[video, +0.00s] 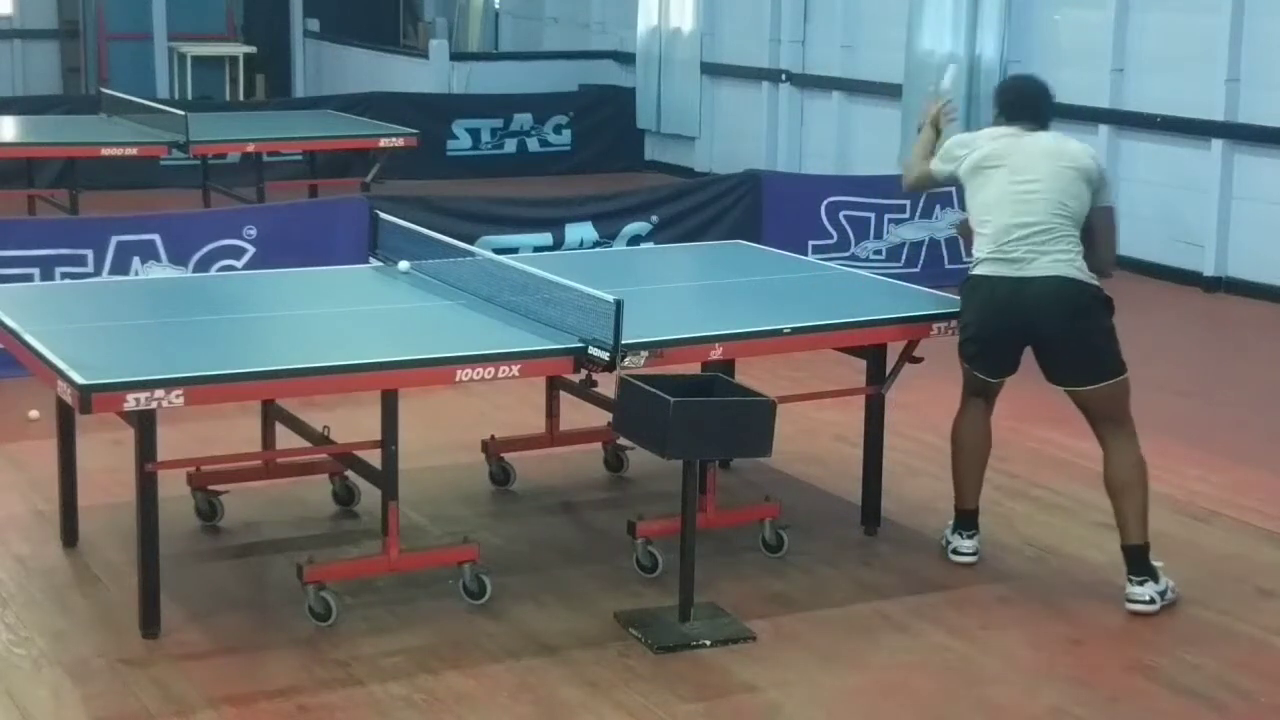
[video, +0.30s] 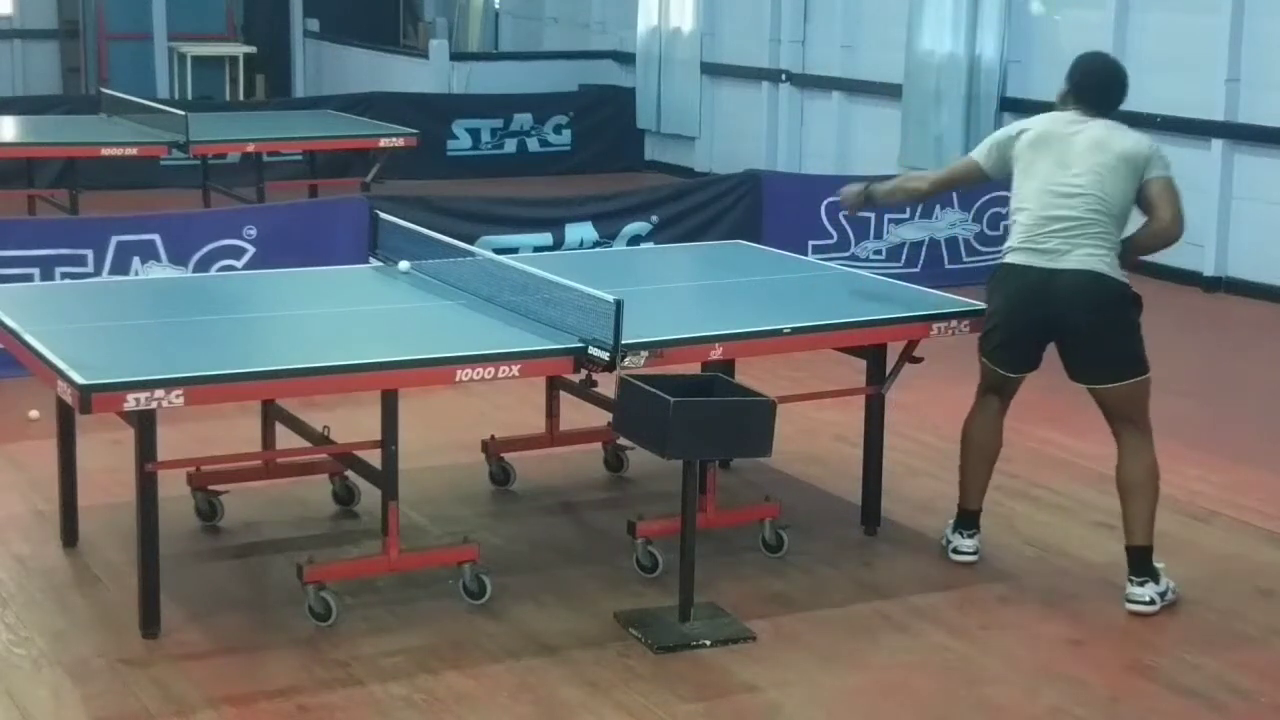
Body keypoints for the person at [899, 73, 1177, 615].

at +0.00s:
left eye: (1001, 108)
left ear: (999, 114)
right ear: (1050, 116)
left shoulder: (972, 147)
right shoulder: (1083, 157)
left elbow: (913, 179)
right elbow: (1103, 262)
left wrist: (929, 131)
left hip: (991, 296)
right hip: (1068, 300)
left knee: (976, 401)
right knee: (1116, 431)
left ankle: (964, 531)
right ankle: (1141, 577)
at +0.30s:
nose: (1059, 95)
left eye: (1062, 87)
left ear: (1065, 94)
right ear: (1119, 103)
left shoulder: (1025, 132)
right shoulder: (1139, 145)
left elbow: (931, 184)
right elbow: (1168, 224)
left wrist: (868, 192)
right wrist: (1127, 250)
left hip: (1019, 286)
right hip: (1095, 296)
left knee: (991, 396)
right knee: (1132, 428)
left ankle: (965, 529)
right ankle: (1142, 577)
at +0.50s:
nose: (1062, 107)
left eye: (1065, 100)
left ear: (1066, 102)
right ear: (1120, 110)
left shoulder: (1030, 136)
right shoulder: (1143, 143)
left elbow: (941, 193)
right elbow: (1196, 226)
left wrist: (854, 209)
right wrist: (1168, 208)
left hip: (1047, 291)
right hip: (1127, 298)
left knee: (997, 393)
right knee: (1147, 432)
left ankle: (989, 526)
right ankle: (1144, 576)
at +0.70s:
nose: (1026, 142)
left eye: (1029, 136)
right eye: (1032, 138)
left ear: (1036, 138)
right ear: (1085, 141)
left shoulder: (1021, 173)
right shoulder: (1121, 179)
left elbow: (954, 226)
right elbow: (1175, 254)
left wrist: (859, 236)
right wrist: (1118, 258)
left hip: (1068, 324)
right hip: (1142, 327)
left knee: (990, 405)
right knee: (1141, 443)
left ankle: (1030, 541)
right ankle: (1148, 553)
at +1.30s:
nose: (1014, 103)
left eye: (1024, 95)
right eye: (1015, 94)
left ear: (1057, 102)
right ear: (1037, 102)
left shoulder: (1106, 156)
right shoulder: (1015, 156)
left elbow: (1148, 234)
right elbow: (1012, 225)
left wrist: (1084, 244)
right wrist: (979, 231)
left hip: (1105, 289)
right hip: (1045, 287)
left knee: (1106, 402)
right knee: (993, 363)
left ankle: (1188, 506)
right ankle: (1021, 443)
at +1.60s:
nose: (1021, 113)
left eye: (1032, 105)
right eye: (1019, 104)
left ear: (1066, 108)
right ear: (1022, 106)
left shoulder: (1108, 156)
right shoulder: (1032, 162)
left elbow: (1155, 232)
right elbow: (1040, 232)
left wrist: (1079, 239)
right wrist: (1008, 239)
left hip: (1139, 278)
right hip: (1084, 281)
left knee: (1135, 390)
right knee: (1021, 360)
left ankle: (1222, 502)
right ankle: (1050, 440)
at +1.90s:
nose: (1045, 101)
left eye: (1056, 94)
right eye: (1045, 92)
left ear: (1090, 99)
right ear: (1048, 95)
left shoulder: (1131, 148)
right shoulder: (1057, 151)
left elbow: (1173, 228)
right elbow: (1070, 218)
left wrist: (1094, 232)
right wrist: (1039, 226)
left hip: (1161, 274)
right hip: (1104, 273)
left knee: (1154, 386)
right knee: (1044, 354)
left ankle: (1229, 505)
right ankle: (1059, 440)